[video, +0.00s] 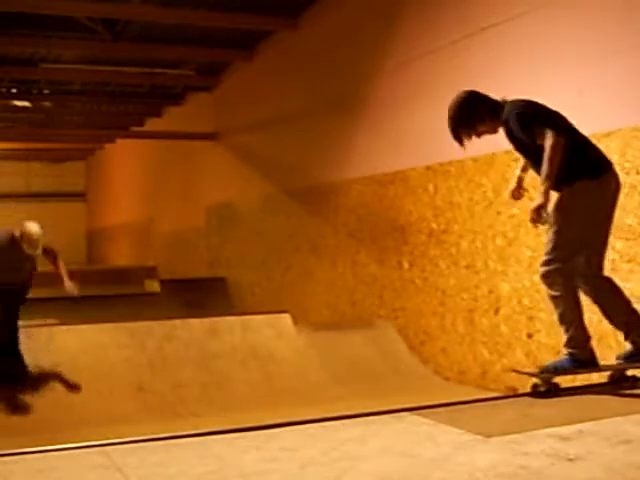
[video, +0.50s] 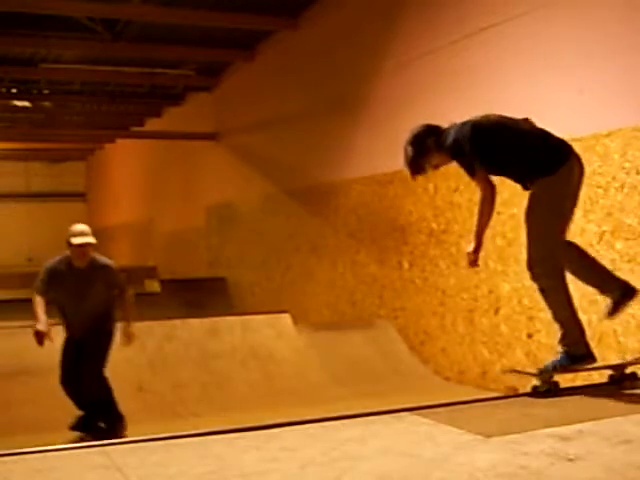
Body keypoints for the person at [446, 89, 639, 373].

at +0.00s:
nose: (480, 135)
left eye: (475, 130)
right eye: (474, 133)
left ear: (479, 115)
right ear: (484, 107)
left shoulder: (516, 116)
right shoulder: (514, 118)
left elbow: (553, 139)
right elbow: (533, 147)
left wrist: (543, 196)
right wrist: (520, 177)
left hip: (581, 187)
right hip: (600, 183)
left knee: (554, 271)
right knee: (587, 273)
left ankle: (579, 352)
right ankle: (637, 337)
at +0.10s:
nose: (467, 139)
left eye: (462, 134)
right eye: (461, 137)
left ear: (465, 118)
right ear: (468, 110)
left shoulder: (502, 115)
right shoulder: (501, 116)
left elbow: (539, 137)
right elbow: (532, 148)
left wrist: (532, 196)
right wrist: (523, 182)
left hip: (574, 184)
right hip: (594, 176)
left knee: (552, 271)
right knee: (592, 270)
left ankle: (578, 351)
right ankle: (637, 337)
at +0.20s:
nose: (457, 147)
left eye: (451, 143)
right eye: (450, 146)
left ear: (453, 127)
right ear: (457, 115)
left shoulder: (488, 121)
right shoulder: (492, 116)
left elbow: (523, 146)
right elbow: (539, 138)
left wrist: (511, 207)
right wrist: (537, 181)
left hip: (568, 181)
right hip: (590, 171)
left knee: (552, 269)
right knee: (592, 265)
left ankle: (577, 351)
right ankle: (635, 332)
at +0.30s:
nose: (449, 155)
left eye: (443, 151)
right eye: (443, 154)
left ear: (446, 135)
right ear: (450, 125)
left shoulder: (481, 130)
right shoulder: (485, 123)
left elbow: (510, 160)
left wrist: (493, 222)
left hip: (561, 179)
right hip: (584, 169)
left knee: (551, 269)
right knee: (589, 260)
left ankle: (577, 350)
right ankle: (636, 320)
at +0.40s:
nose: (442, 162)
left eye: (436, 157)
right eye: (435, 160)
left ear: (440, 140)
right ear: (441, 132)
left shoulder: (471, 137)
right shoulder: (476, 128)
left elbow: (497, 177)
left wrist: (479, 236)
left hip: (555, 180)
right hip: (576, 167)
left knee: (548, 268)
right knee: (578, 252)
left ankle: (577, 349)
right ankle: (635, 305)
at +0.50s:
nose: (436, 167)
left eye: (431, 163)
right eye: (430, 166)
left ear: (432, 148)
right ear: (434, 137)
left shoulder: (459, 145)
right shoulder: (469, 127)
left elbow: (488, 190)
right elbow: (525, 125)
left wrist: (476, 243)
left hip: (549, 178)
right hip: (566, 166)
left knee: (542, 267)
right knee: (555, 244)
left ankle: (577, 349)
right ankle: (617, 289)